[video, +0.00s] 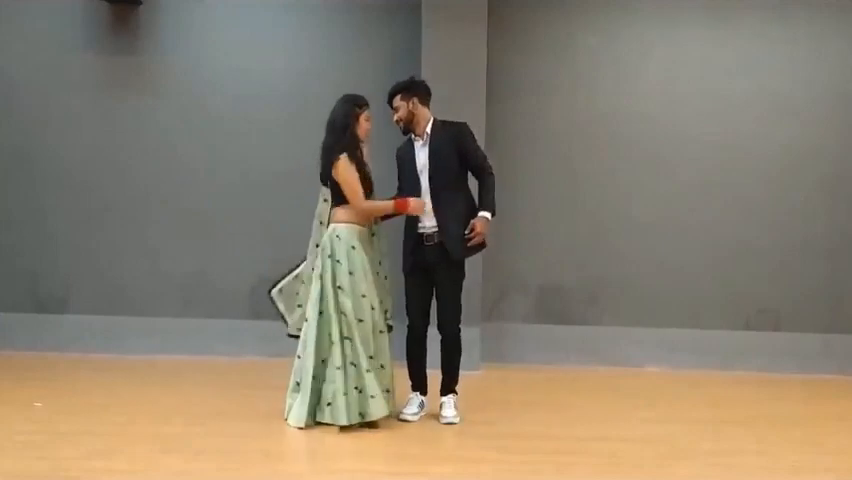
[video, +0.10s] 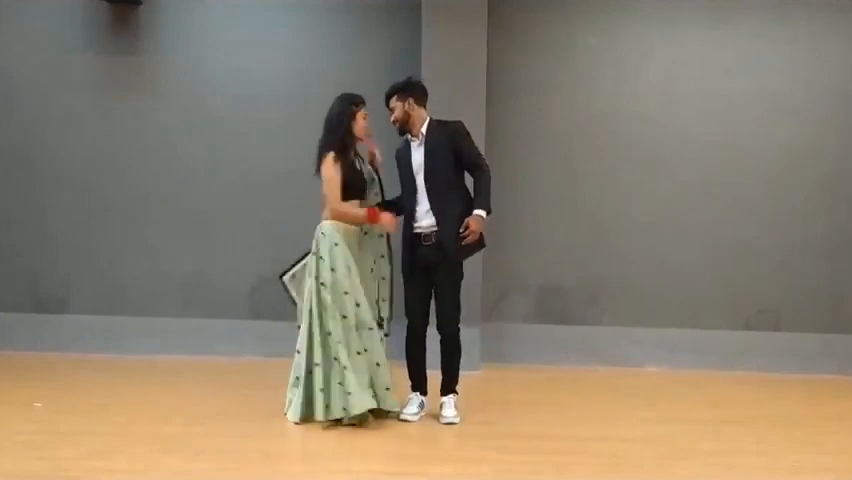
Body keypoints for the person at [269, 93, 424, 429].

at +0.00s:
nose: (369, 126)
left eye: (369, 119)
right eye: (365, 120)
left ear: (352, 123)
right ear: (350, 122)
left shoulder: (354, 158)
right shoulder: (343, 160)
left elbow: (359, 207)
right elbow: (360, 206)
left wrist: (383, 211)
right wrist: (400, 205)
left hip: (355, 240)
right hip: (342, 242)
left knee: (358, 320)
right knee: (349, 320)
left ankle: (355, 401)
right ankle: (346, 403)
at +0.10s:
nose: (367, 123)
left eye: (367, 117)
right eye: (362, 117)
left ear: (356, 120)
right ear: (347, 120)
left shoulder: (360, 155)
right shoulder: (333, 159)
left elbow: (367, 197)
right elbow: (334, 207)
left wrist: (375, 167)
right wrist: (373, 216)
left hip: (363, 241)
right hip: (337, 244)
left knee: (364, 317)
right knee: (348, 318)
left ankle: (362, 396)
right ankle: (345, 399)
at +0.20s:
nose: (362, 123)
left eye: (361, 117)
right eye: (356, 118)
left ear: (353, 123)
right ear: (339, 121)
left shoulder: (357, 162)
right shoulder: (319, 163)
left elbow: (363, 209)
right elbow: (310, 210)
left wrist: (378, 182)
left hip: (349, 242)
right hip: (321, 242)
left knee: (351, 319)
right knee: (329, 319)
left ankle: (353, 397)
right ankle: (330, 398)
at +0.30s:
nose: (351, 127)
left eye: (352, 121)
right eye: (343, 122)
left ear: (353, 128)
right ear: (327, 129)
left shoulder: (353, 169)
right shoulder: (309, 170)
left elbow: (351, 210)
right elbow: (299, 218)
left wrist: (375, 213)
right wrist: (292, 265)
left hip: (340, 251)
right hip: (311, 250)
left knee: (340, 324)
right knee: (311, 324)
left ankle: (342, 396)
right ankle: (307, 398)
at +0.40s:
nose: (328, 135)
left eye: (332, 129)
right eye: (321, 131)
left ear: (341, 137)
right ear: (309, 139)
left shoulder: (344, 180)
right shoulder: (297, 178)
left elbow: (350, 214)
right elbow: (284, 226)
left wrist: (372, 212)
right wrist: (270, 271)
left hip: (326, 259)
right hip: (296, 257)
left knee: (326, 329)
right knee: (284, 327)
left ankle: (327, 399)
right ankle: (281, 398)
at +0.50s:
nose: (296, 143)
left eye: (303, 136)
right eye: (292, 138)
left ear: (319, 142)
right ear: (288, 145)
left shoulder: (330, 185)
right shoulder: (278, 183)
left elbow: (344, 222)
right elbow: (267, 231)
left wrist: (362, 212)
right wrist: (253, 274)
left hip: (310, 263)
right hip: (278, 261)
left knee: (311, 331)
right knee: (257, 327)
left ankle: (310, 399)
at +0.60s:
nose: (264, 144)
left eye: (270, 137)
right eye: (263, 138)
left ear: (290, 143)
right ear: (265, 144)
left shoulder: (308, 186)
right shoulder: (256, 183)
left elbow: (333, 221)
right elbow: (246, 232)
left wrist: (364, 215)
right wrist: (232, 273)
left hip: (288, 263)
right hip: (255, 260)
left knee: (288, 331)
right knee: (238, 326)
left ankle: (293, 399)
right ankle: (219, 396)